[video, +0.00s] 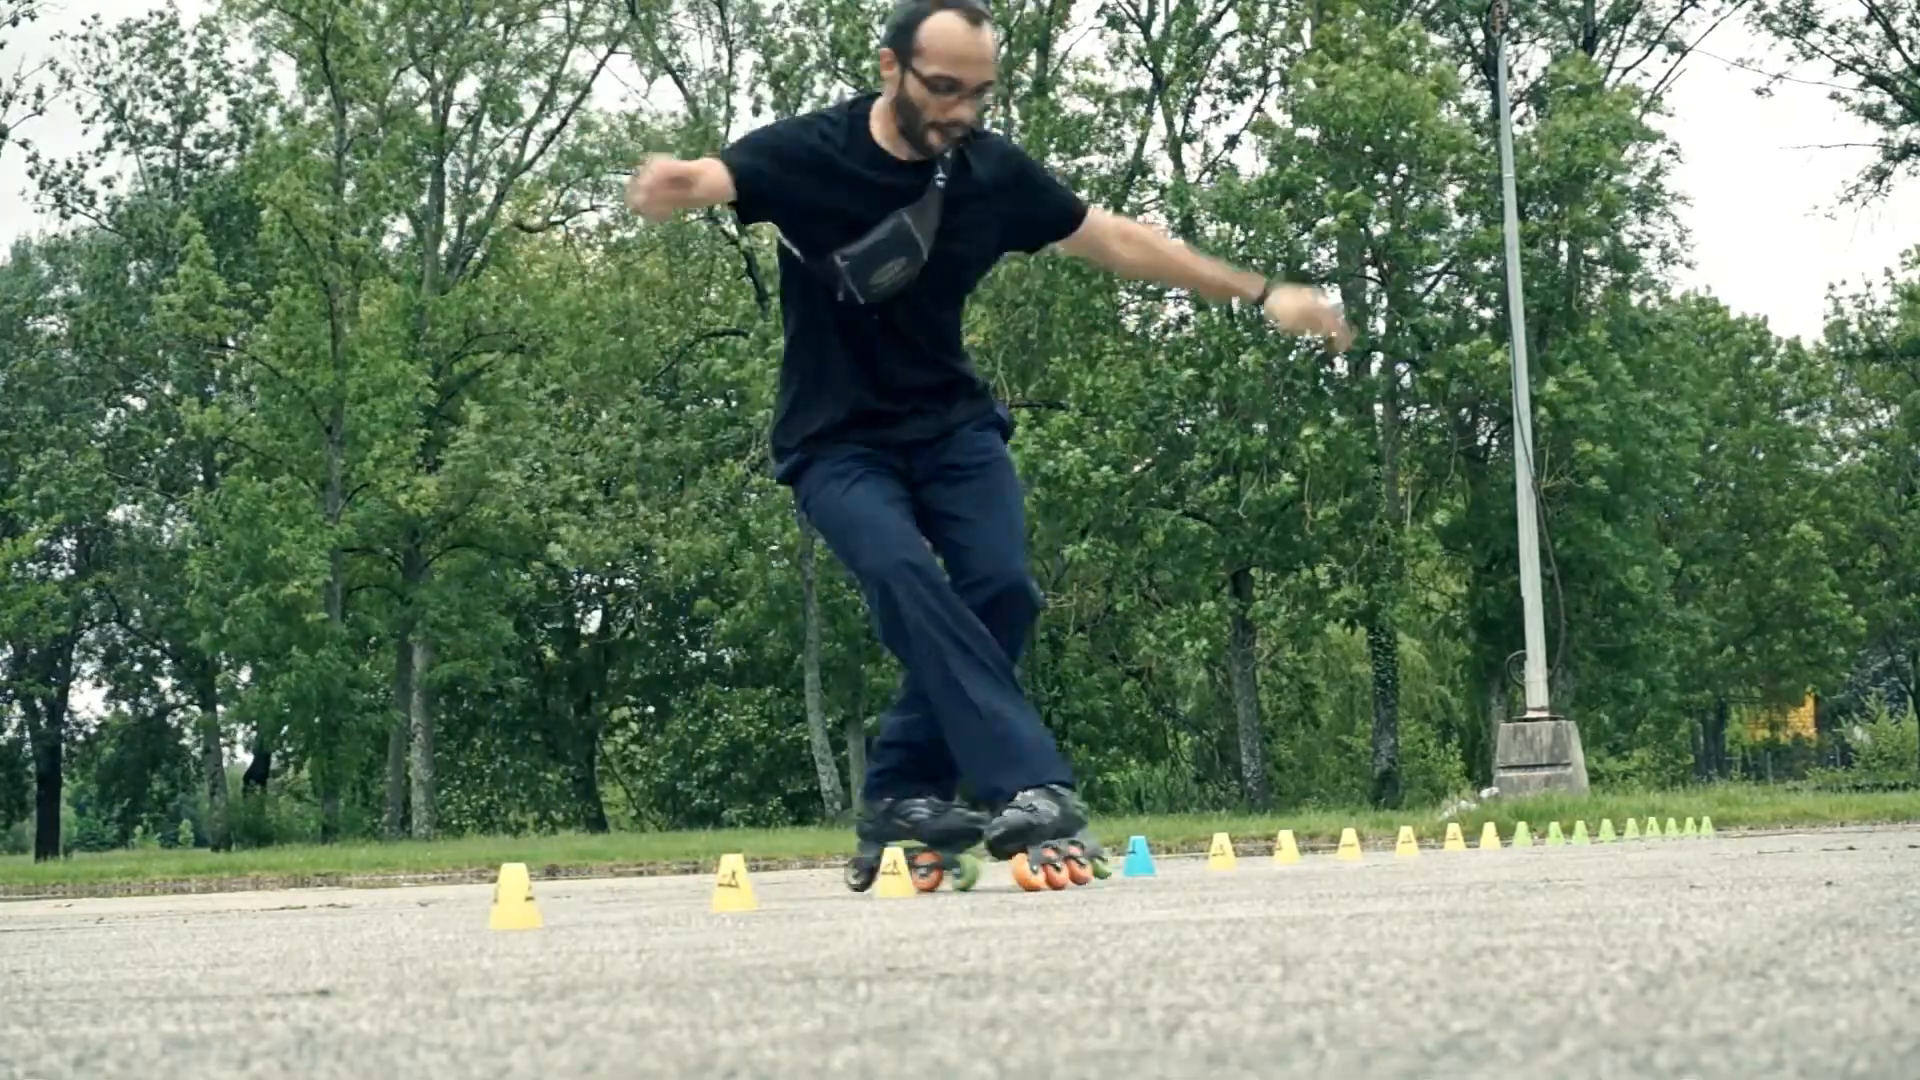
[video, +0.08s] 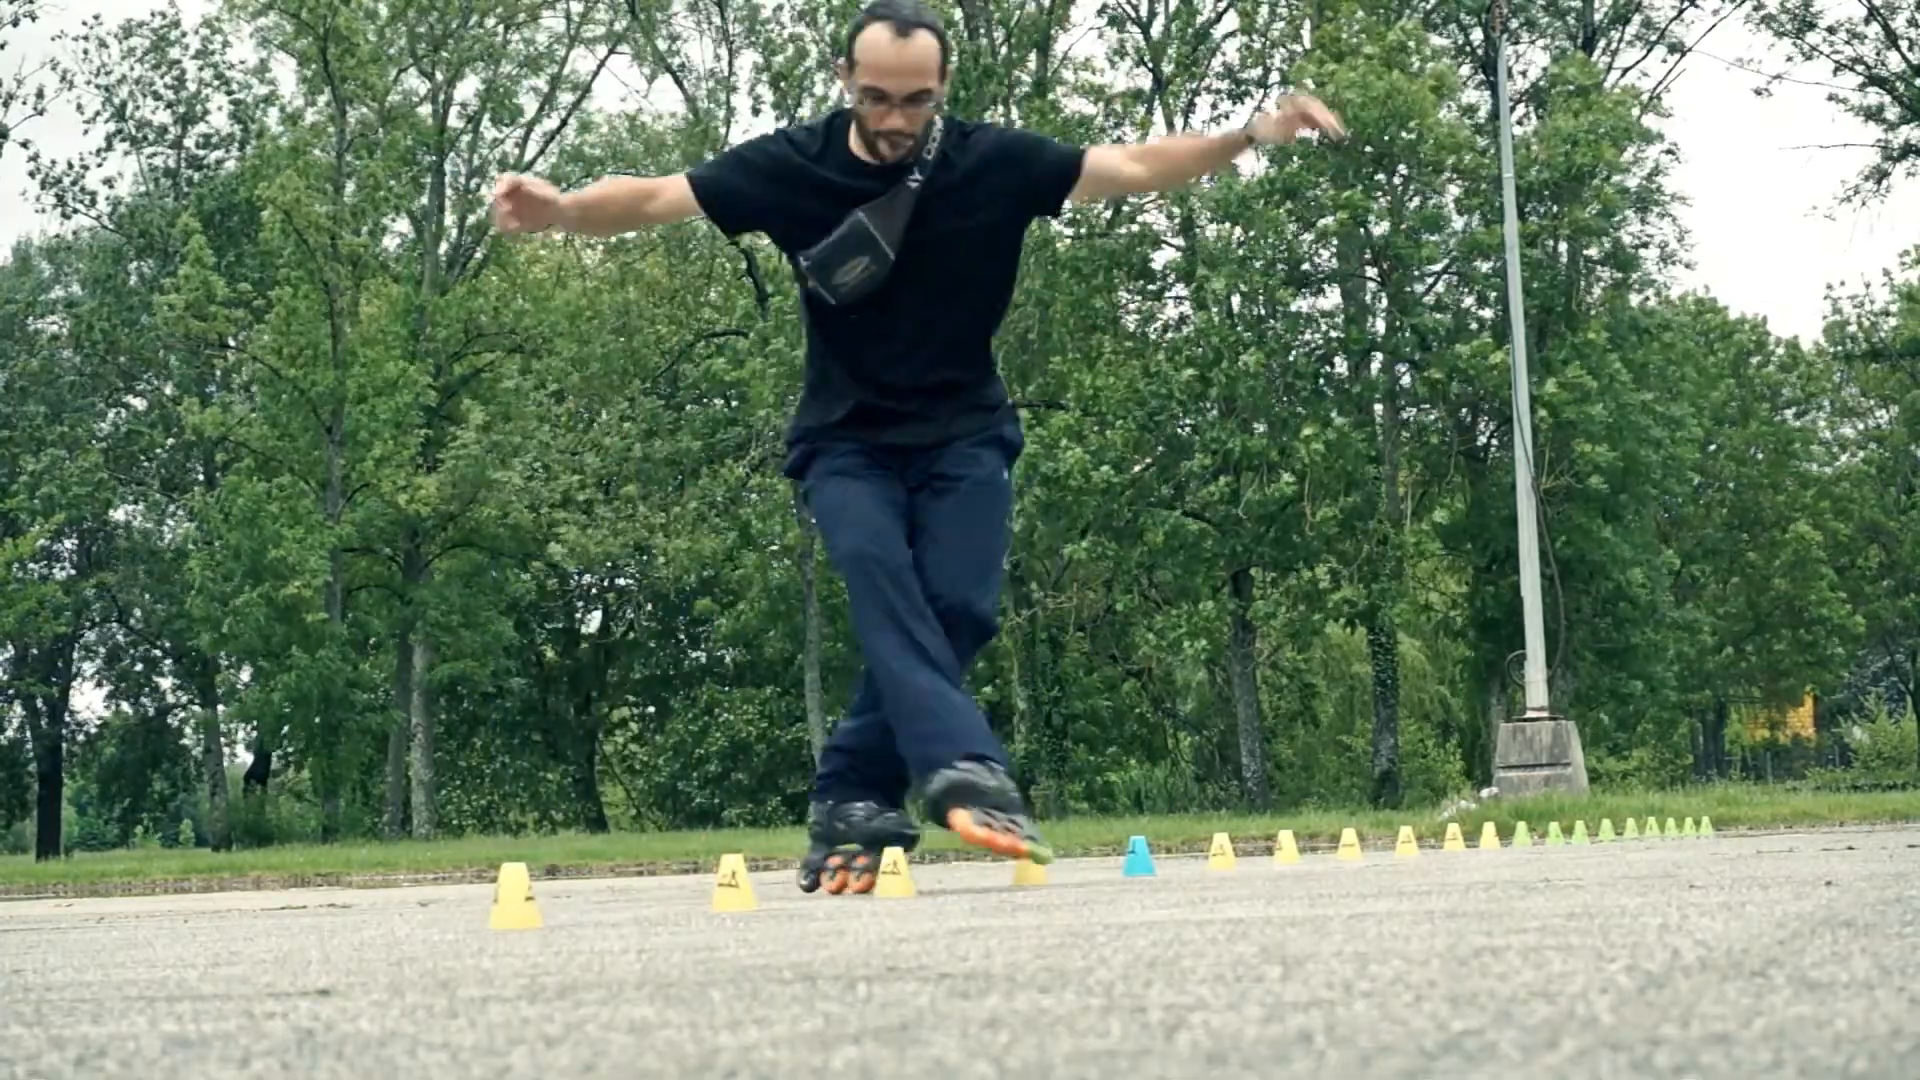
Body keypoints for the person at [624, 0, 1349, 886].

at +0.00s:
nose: (961, 110)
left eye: (978, 93)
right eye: (942, 88)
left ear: (992, 84)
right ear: (889, 71)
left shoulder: (996, 174)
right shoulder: (810, 152)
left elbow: (1118, 242)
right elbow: (709, 181)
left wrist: (1263, 293)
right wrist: (665, 187)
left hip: (951, 423)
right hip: (834, 434)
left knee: (1003, 586)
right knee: (902, 576)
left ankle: (904, 794)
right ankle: (1026, 788)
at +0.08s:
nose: (893, 123)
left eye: (914, 104)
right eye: (876, 100)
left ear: (943, 90)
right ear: (848, 83)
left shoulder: (996, 161)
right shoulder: (798, 162)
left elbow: (1131, 168)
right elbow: (662, 196)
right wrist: (562, 210)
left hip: (964, 431)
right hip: (846, 434)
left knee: (962, 608)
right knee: (870, 567)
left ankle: (850, 807)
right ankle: (969, 776)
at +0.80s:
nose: (1071, 166)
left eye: (1071, 156)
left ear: (1077, 157)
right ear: (1158, 145)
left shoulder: (1059, 200)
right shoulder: (1209, 208)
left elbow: (950, 144)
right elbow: (1351, 244)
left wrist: (967, 55)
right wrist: (1490, 249)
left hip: (1148, 479)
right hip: (1229, 467)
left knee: (1075, 649)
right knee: (1206, 602)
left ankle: (1157, 811)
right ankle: (1367, 705)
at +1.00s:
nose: (1321, 156)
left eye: (1315, 150)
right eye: (1318, 148)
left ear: (1230, 163)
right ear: (1306, 150)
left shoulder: (1194, 229)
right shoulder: (1340, 195)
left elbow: (1143, 221)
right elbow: (1473, 137)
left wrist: (1142, 162)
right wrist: (1551, 45)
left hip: (1287, 477)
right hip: (1390, 452)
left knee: (1276, 658)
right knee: (1457, 591)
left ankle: (1395, 816)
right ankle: (1535, 647)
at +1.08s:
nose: (1388, 145)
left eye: (1382, 138)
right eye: (1384, 136)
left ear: (1301, 153)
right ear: (1370, 139)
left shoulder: (1265, 232)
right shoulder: (1399, 172)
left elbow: (1220, 230)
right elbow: (1512, 92)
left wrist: (1212, 202)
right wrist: (1553, 5)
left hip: (1348, 467)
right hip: (1452, 441)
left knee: (1361, 651)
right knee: (1521, 575)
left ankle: (1487, 815)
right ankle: (1536, 629)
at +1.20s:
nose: (1490, 122)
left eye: (1485, 114)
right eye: (1484, 113)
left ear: (1404, 130)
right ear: (1464, 117)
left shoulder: (1360, 219)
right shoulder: (1492, 149)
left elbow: (1309, 294)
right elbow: (1602, 56)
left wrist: (1314, 285)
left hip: (1426, 450)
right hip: (1530, 425)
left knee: (1504, 645)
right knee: (1591, 608)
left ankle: (1632, 807)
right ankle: (1482, 640)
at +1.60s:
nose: (1727, 95)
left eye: (1728, 80)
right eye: (1718, 77)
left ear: (1648, 67)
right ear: (1665, 64)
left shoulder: (1562, 151)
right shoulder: (1628, 101)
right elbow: (1788, 91)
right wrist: (1851, 151)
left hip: (1534, 404)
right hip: (1592, 390)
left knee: (1724, 606)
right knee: (1675, 612)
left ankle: (1806, 774)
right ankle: (1463, 737)